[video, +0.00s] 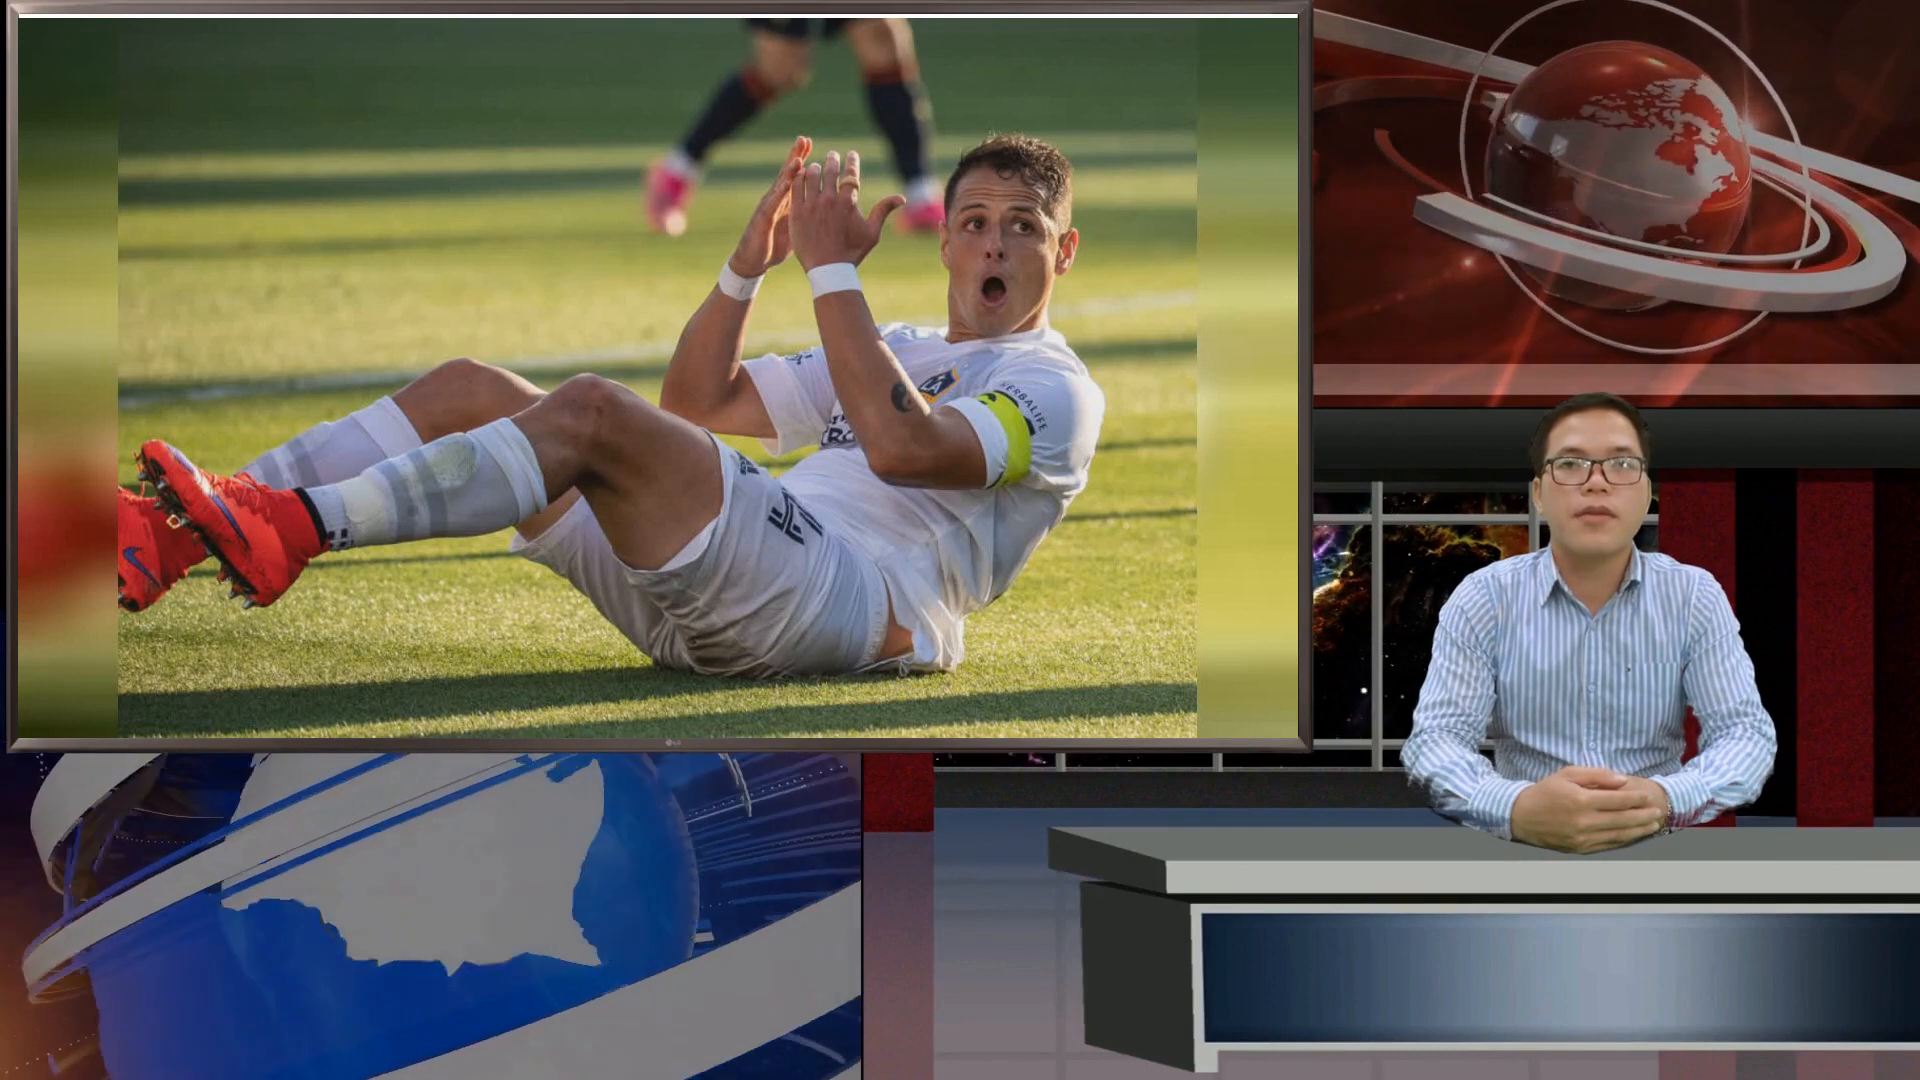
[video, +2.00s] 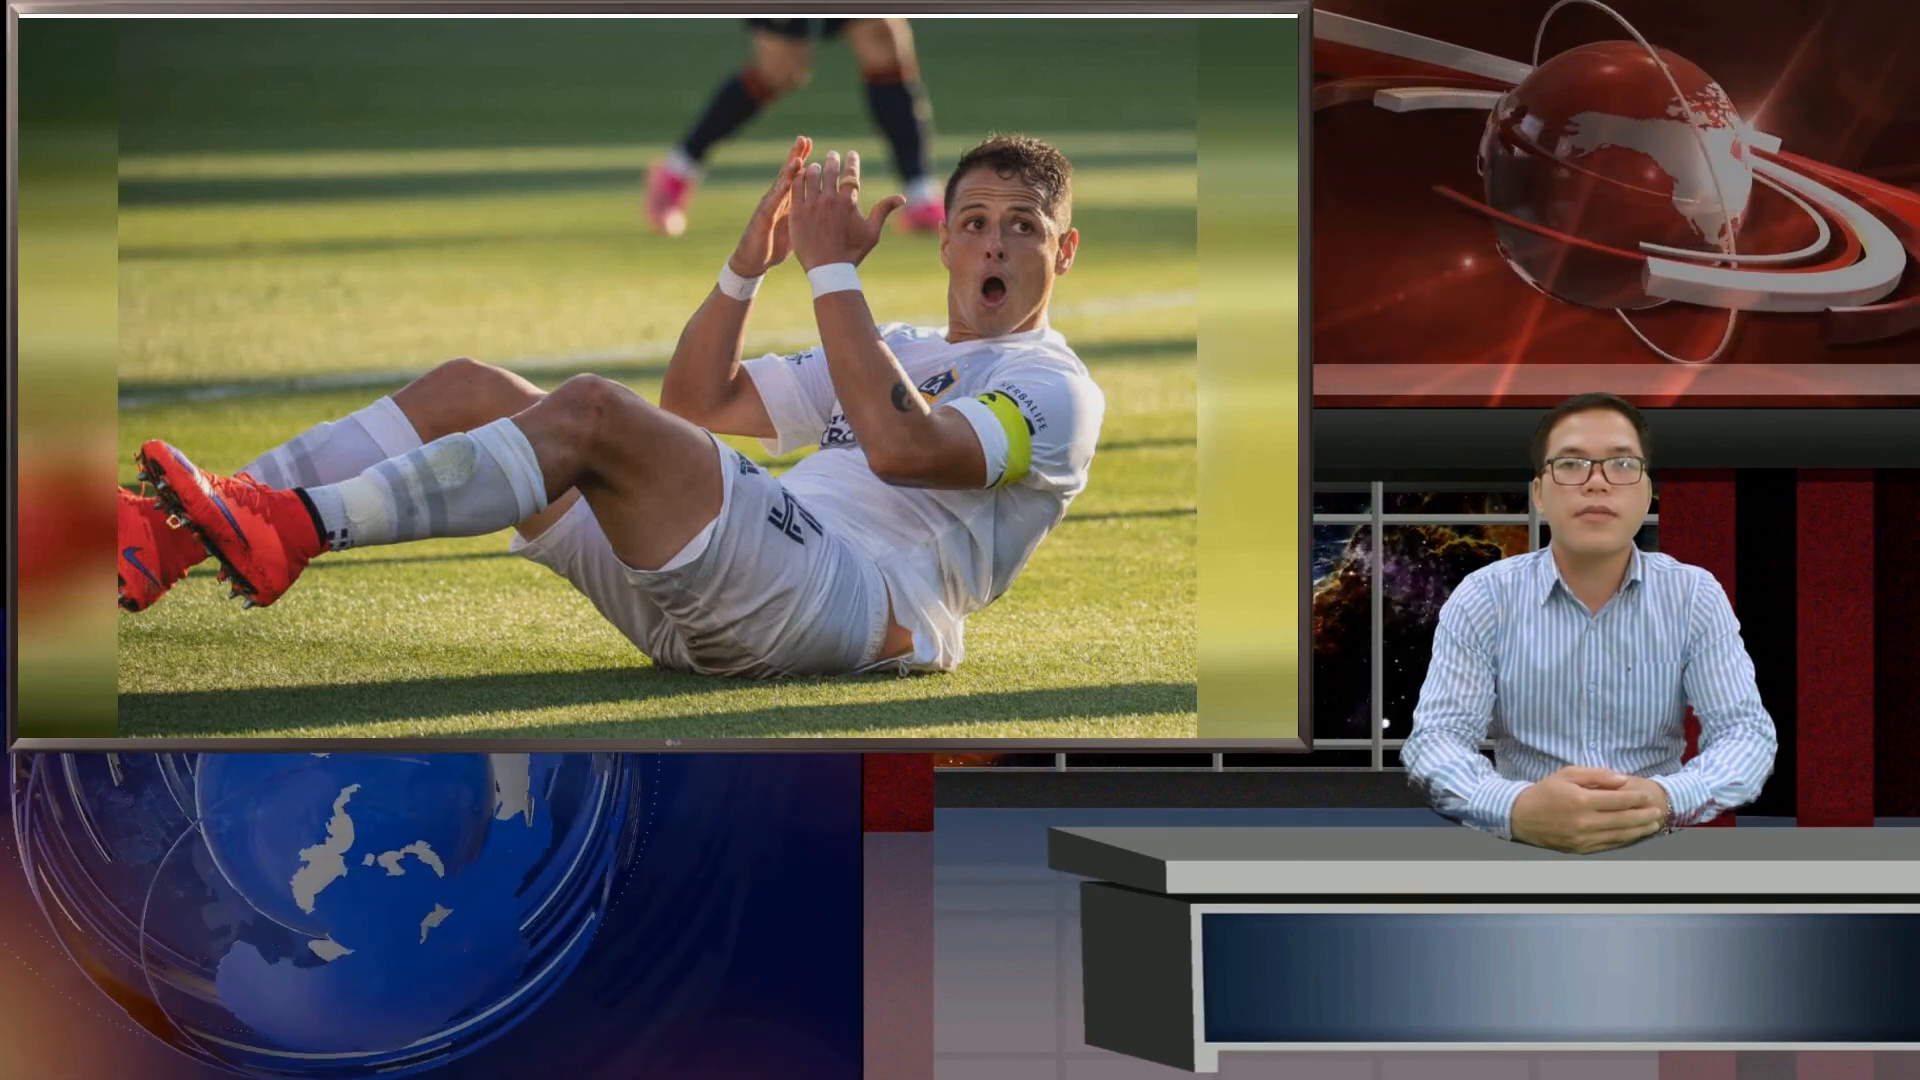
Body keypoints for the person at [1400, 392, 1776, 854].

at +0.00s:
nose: (1596, 483)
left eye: (1620, 464)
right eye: (1570, 464)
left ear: (1647, 495)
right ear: (1539, 496)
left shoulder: (1691, 598)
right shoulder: (1484, 601)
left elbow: (1745, 735)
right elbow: (1434, 744)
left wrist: (1667, 799)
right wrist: (1514, 809)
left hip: (1656, 852)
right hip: (1519, 856)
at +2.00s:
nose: (1596, 483)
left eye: (1620, 464)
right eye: (1571, 464)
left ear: (1647, 495)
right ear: (1539, 496)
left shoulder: (1691, 598)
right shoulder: (1484, 600)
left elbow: (1745, 735)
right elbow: (1434, 744)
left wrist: (1667, 799)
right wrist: (1514, 809)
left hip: (1657, 853)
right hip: (1520, 857)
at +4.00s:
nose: (1597, 483)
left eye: (1621, 465)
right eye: (1571, 464)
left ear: (1647, 496)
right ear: (1540, 496)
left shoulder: (1691, 598)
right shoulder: (1485, 601)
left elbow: (1745, 735)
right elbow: (1434, 745)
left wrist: (1667, 799)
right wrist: (1515, 809)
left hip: (1657, 852)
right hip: (1521, 856)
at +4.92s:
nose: (1598, 483)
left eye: (1621, 465)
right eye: (1572, 465)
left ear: (1647, 495)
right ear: (1540, 496)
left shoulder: (1692, 598)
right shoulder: (1485, 600)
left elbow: (1745, 735)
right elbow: (1434, 744)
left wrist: (1667, 799)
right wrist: (1513, 810)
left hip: (1656, 852)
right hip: (1519, 855)